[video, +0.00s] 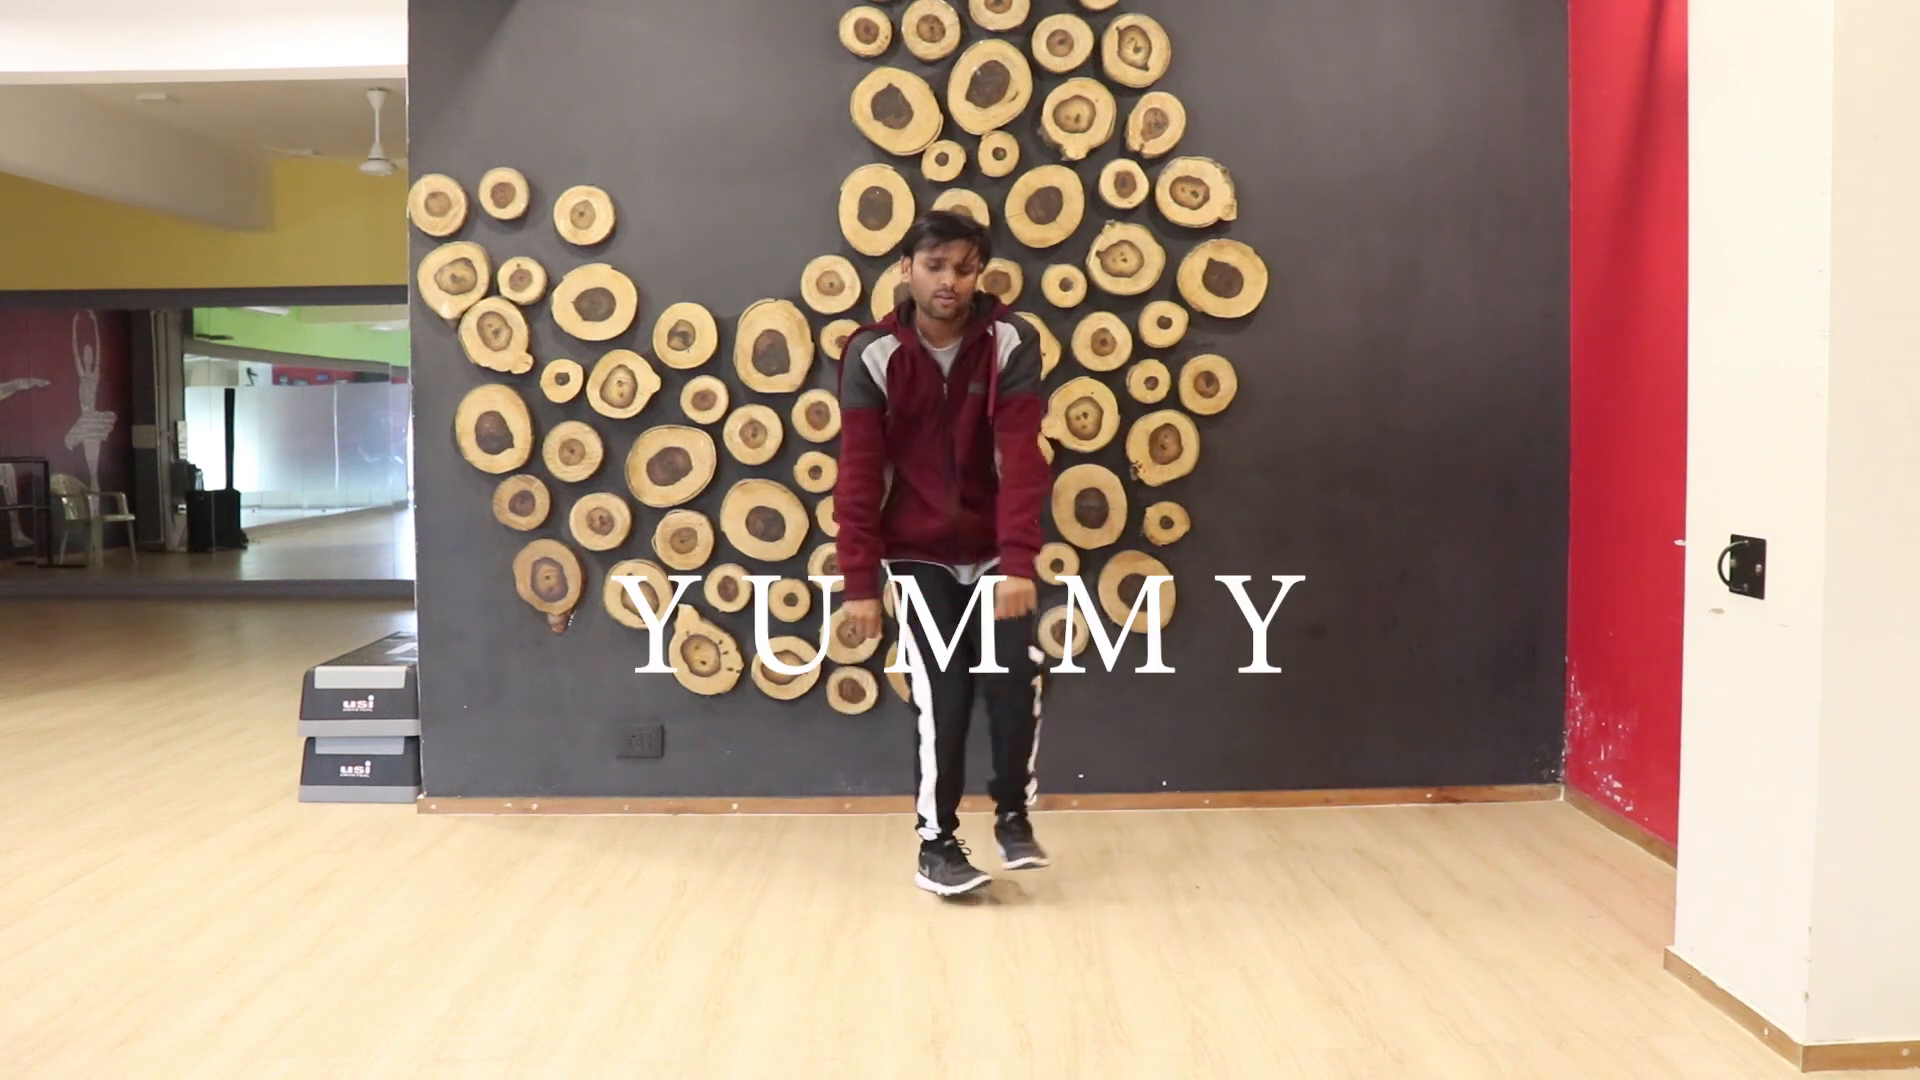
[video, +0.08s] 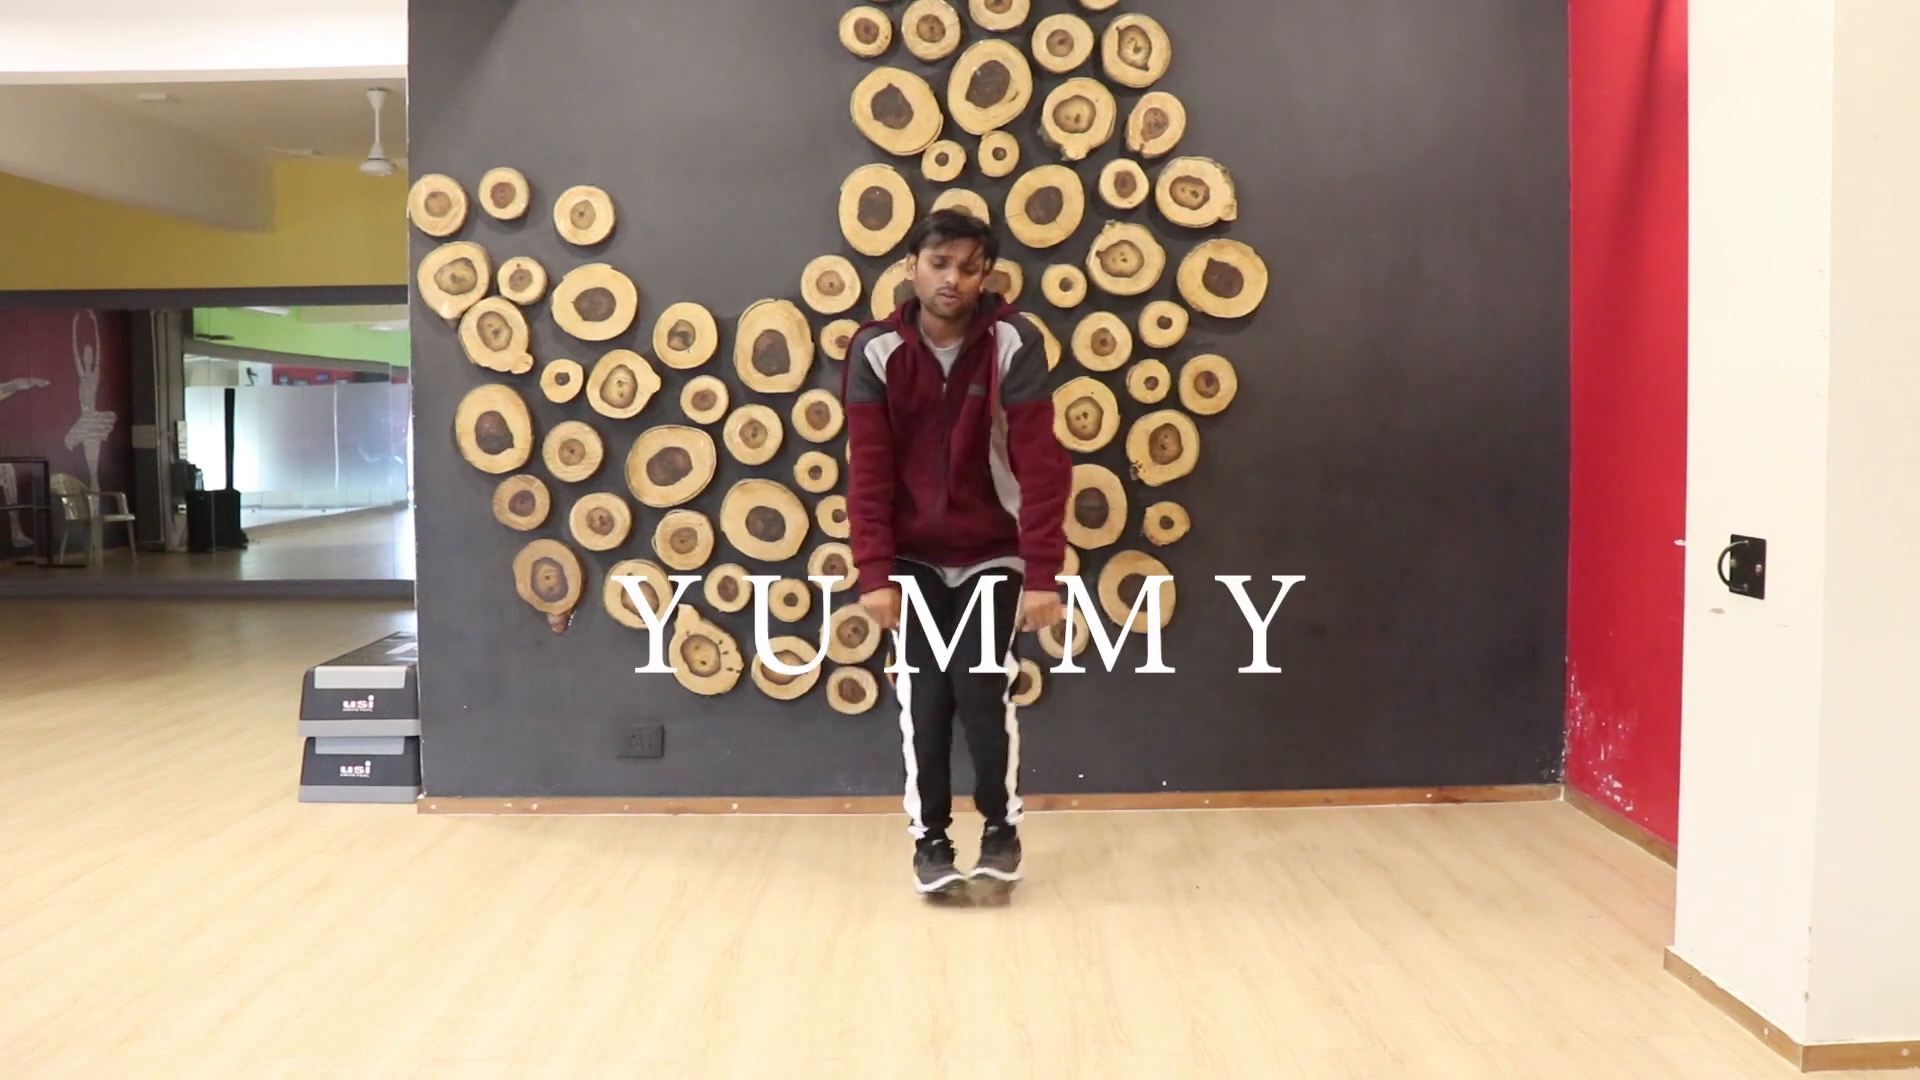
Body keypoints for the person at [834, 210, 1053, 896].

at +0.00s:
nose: (949, 283)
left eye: (963, 270)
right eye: (935, 268)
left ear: (979, 276)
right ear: (909, 271)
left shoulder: (1009, 342)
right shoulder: (871, 355)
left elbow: (1021, 459)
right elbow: (858, 473)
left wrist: (1017, 564)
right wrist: (860, 584)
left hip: (996, 550)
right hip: (916, 551)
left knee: (1012, 681)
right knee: (943, 692)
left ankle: (1012, 817)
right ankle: (936, 842)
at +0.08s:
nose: (952, 280)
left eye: (967, 268)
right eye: (939, 264)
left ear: (984, 276)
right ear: (913, 267)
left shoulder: (1012, 343)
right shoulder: (875, 351)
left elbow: (1041, 461)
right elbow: (867, 469)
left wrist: (1041, 576)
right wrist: (873, 575)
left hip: (993, 550)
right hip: (912, 553)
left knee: (980, 691)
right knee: (924, 699)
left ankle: (999, 831)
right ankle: (930, 840)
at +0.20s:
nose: (965, 281)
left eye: (980, 269)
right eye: (952, 265)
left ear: (998, 279)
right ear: (925, 271)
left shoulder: (1024, 355)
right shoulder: (887, 355)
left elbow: (1070, 463)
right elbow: (877, 470)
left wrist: (1065, 583)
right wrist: (895, 565)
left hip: (987, 564)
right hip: (907, 561)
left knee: (958, 697)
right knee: (901, 704)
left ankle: (990, 848)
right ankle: (920, 846)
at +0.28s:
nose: (974, 285)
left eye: (990, 274)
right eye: (961, 269)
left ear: (1008, 286)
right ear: (935, 276)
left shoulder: (1032, 365)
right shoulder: (897, 362)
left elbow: (1082, 468)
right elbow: (880, 473)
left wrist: (1070, 576)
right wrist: (907, 563)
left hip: (988, 571)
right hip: (906, 564)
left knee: (956, 702)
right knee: (886, 700)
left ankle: (990, 852)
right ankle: (915, 849)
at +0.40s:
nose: (986, 284)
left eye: (1001, 273)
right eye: (972, 270)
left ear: (1019, 288)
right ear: (949, 279)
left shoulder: (1052, 371)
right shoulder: (912, 364)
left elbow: (1089, 478)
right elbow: (884, 475)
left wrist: (1064, 574)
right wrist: (908, 567)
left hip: (988, 581)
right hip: (902, 568)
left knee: (954, 715)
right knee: (861, 700)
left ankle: (988, 856)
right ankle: (911, 851)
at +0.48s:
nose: (993, 280)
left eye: (1008, 269)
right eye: (980, 267)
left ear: (1029, 285)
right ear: (957, 279)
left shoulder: (1064, 369)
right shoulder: (923, 360)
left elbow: (1094, 480)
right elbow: (883, 469)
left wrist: (1058, 573)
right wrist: (885, 569)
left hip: (991, 584)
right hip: (910, 575)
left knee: (955, 719)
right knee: (848, 695)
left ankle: (988, 855)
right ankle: (907, 843)